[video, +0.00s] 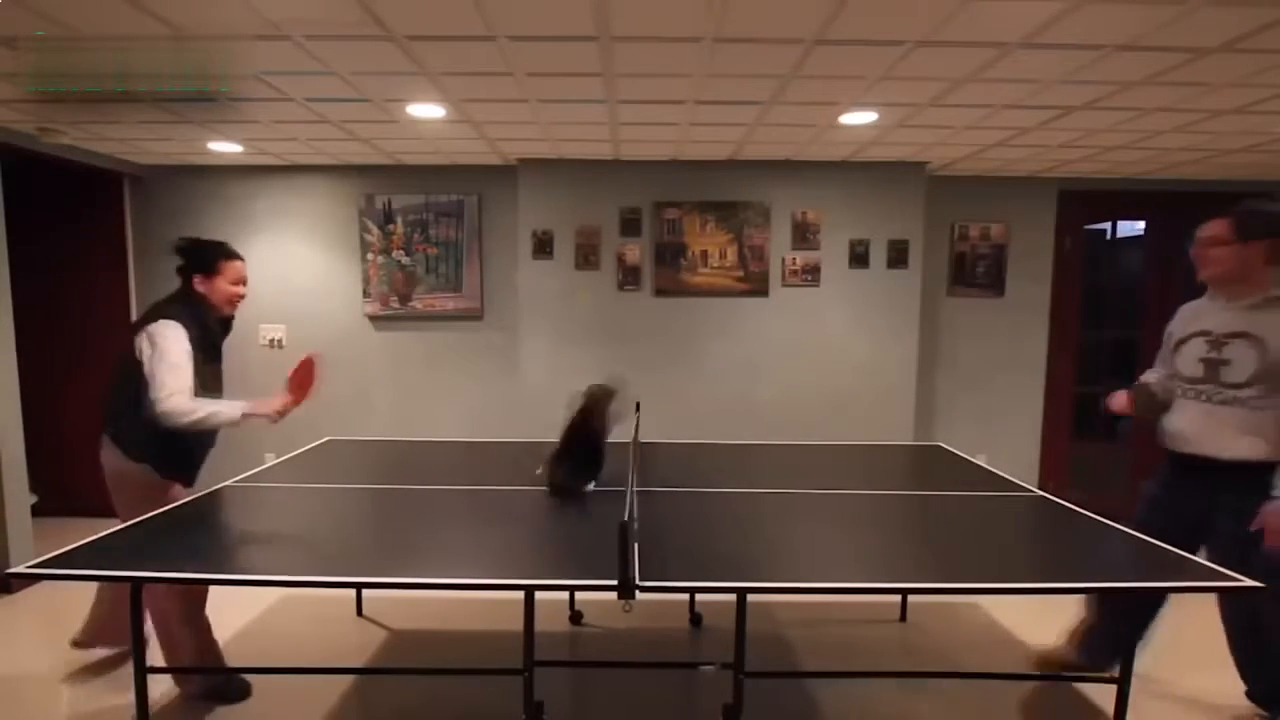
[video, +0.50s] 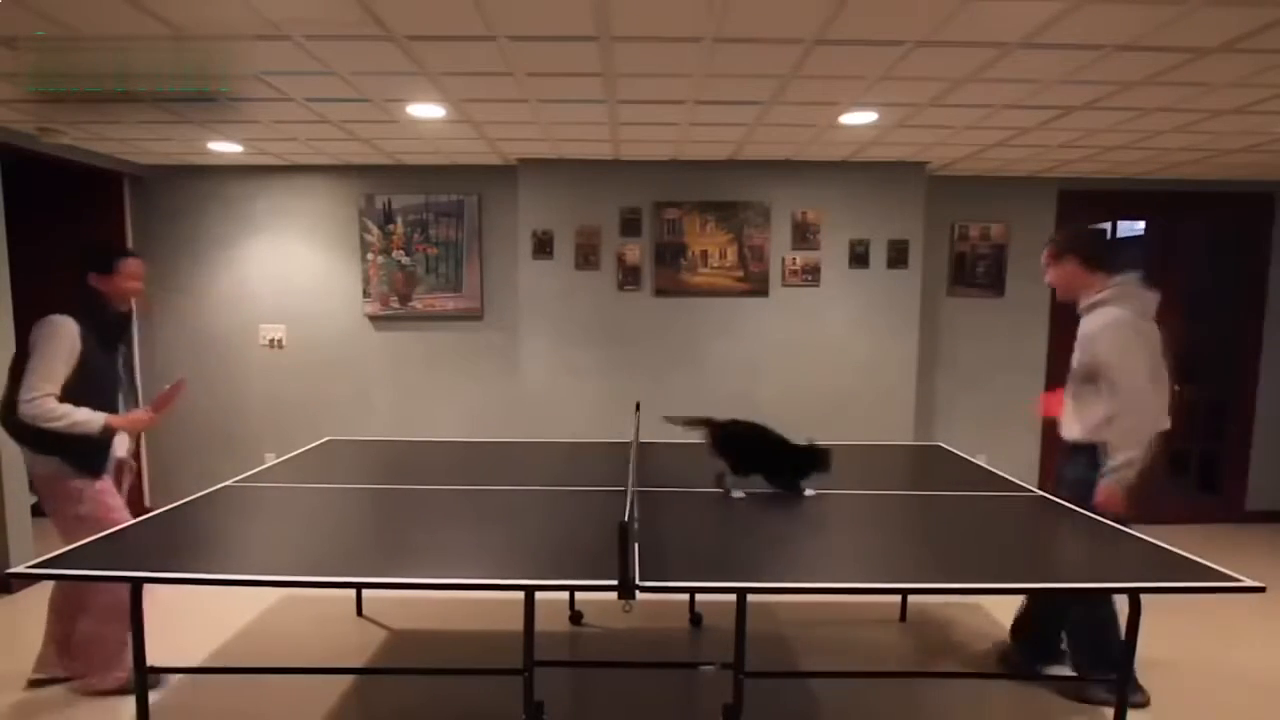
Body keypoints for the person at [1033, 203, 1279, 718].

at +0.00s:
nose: (1201, 256)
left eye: (1215, 246)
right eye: (1199, 247)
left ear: (1255, 252)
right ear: (1196, 254)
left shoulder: (1273, 313)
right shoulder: (1189, 314)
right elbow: (1164, 380)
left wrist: (1278, 498)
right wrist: (1134, 396)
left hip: (1250, 476)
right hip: (1183, 469)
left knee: (1249, 592)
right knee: (1143, 565)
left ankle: (1270, 697)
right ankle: (1095, 653)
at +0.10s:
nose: (1156, 270)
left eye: (1167, 258)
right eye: (1153, 260)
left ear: (1206, 260)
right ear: (1153, 269)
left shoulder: (1256, 328)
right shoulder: (1156, 325)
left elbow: (1270, 419)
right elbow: (1142, 385)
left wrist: (1257, 499)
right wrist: (1098, 404)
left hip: (1221, 483)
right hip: (1156, 479)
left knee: (1242, 603)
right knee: (1112, 580)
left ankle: (1273, 693)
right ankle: (1051, 661)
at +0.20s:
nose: (1096, 280)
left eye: (1108, 270)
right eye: (1095, 270)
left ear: (1146, 273)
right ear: (1101, 277)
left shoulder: (1202, 337)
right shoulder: (1112, 333)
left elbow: (1223, 424)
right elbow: (1103, 389)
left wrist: (1205, 504)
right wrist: (1065, 412)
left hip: (1171, 488)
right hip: (1109, 483)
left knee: (1203, 599)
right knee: (1063, 559)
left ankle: (1273, 694)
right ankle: (1052, 656)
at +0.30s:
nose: (1064, 272)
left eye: (1074, 263)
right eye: (1064, 263)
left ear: (1110, 267)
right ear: (1095, 270)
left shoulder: (1164, 325)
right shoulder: (1092, 318)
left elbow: (1189, 411)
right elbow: (1080, 387)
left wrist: (1166, 485)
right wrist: (1034, 409)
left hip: (1133, 474)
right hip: (1083, 466)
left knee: (1153, 585)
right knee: (1053, 560)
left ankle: (1243, 665)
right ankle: (1048, 652)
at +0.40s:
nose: (1055, 268)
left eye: (1060, 256)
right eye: (1054, 257)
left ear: (1094, 255)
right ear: (1088, 258)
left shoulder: (1145, 312)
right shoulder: (1096, 307)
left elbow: (1171, 396)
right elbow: (1096, 389)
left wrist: (1142, 468)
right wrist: (1051, 412)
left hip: (1109, 456)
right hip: (1075, 450)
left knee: (1100, 565)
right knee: (1057, 556)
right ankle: (1033, 656)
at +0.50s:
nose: (1049, 281)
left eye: (1052, 269)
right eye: (1047, 271)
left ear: (1079, 265)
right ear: (1078, 267)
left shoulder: (1117, 320)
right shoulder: (1099, 315)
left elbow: (1144, 406)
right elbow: (1109, 392)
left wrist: (1117, 475)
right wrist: (1063, 403)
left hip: (1096, 458)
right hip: (1079, 452)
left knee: (1082, 565)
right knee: (1058, 556)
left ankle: (1108, 674)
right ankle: (1032, 646)